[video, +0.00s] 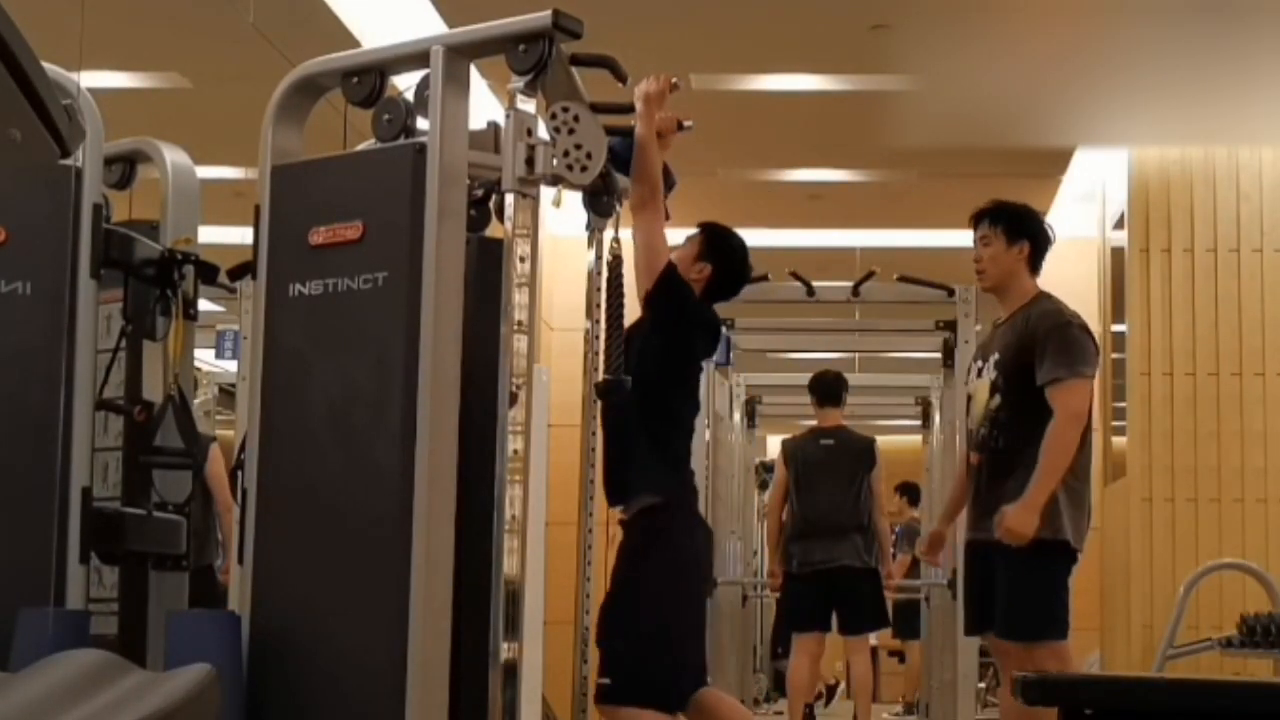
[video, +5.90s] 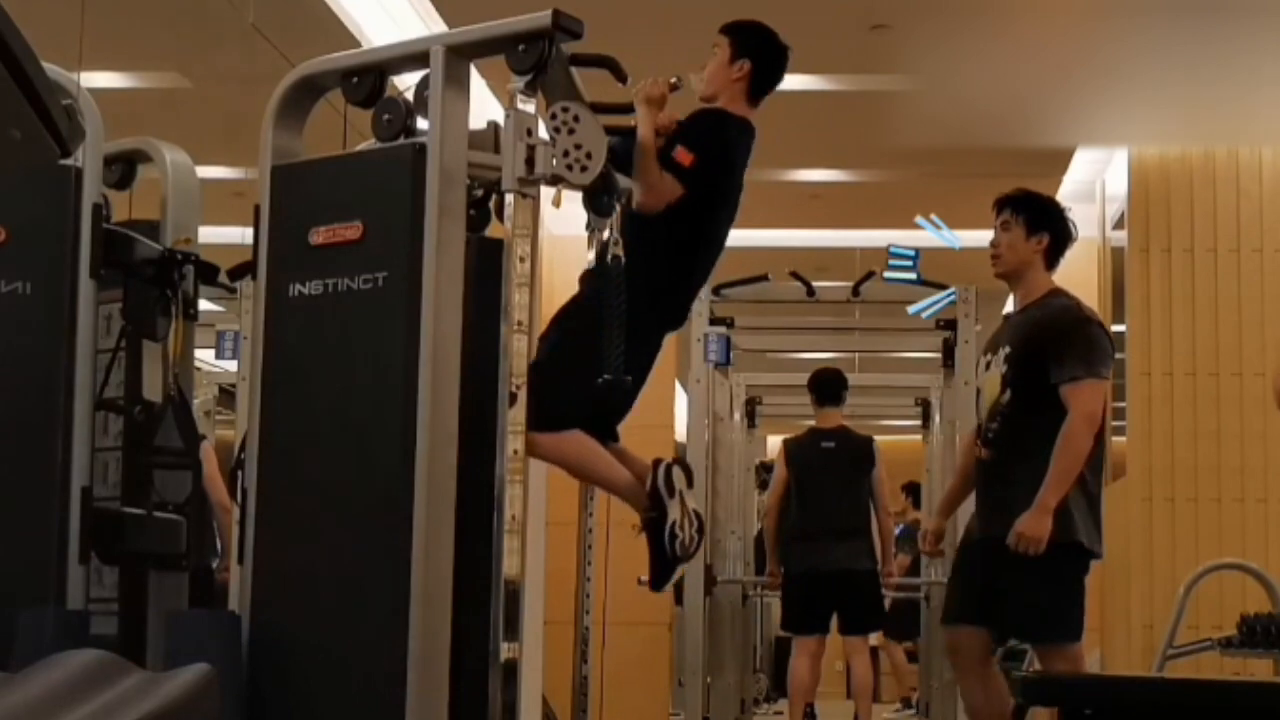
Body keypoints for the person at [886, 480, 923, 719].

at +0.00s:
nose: (894, 502)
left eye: (896, 497)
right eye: (895, 497)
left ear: (904, 499)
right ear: (913, 499)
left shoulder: (909, 526)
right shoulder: (911, 524)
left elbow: (903, 559)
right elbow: (904, 558)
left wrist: (891, 581)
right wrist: (893, 580)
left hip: (909, 592)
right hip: (910, 591)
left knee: (911, 648)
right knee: (912, 648)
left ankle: (910, 700)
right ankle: (912, 699)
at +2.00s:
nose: (891, 503)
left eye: (893, 498)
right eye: (893, 498)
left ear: (901, 499)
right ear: (913, 500)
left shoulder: (906, 527)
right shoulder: (915, 524)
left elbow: (901, 561)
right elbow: (903, 561)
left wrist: (887, 589)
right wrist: (891, 587)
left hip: (908, 593)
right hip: (914, 591)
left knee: (910, 647)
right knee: (912, 647)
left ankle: (911, 700)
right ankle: (913, 698)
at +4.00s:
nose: (894, 503)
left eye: (895, 499)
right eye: (895, 499)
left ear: (902, 499)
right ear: (914, 500)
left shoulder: (907, 528)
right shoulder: (919, 526)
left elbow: (902, 563)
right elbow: (908, 563)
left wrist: (887, 586)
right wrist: (891, 583)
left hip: (910, 595)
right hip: (918, 593)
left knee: (912, 648)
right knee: (915, 649)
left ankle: (911, 701)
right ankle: (914, 699)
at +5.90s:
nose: (899, 501)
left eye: (902, 496)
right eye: (901, 496)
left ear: (908, 498)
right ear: (917, 498)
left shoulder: (910, 527)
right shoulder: (920, 524)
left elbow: (904, 561)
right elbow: (908, 559)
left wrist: (890, 578)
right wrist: (893, 574)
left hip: (907, 592)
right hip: (917, 591)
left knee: (891, 640)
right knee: (920, 645)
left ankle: (908, 697)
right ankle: (919, 696)